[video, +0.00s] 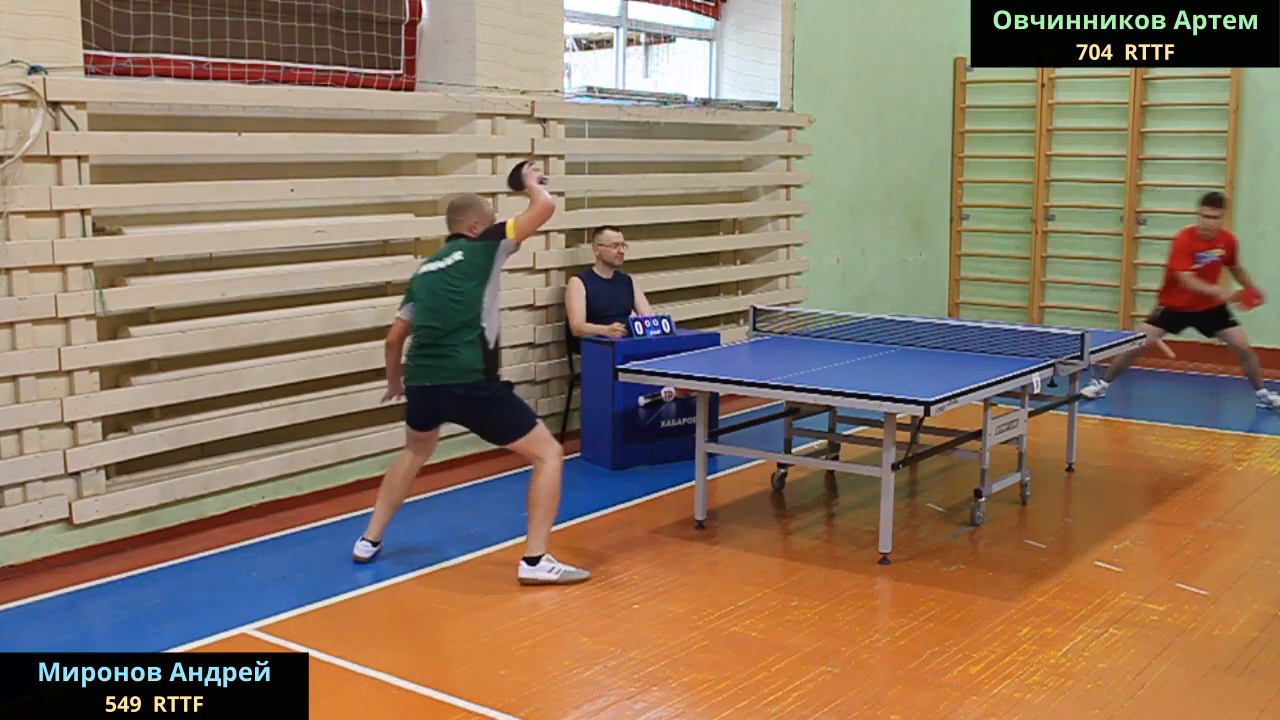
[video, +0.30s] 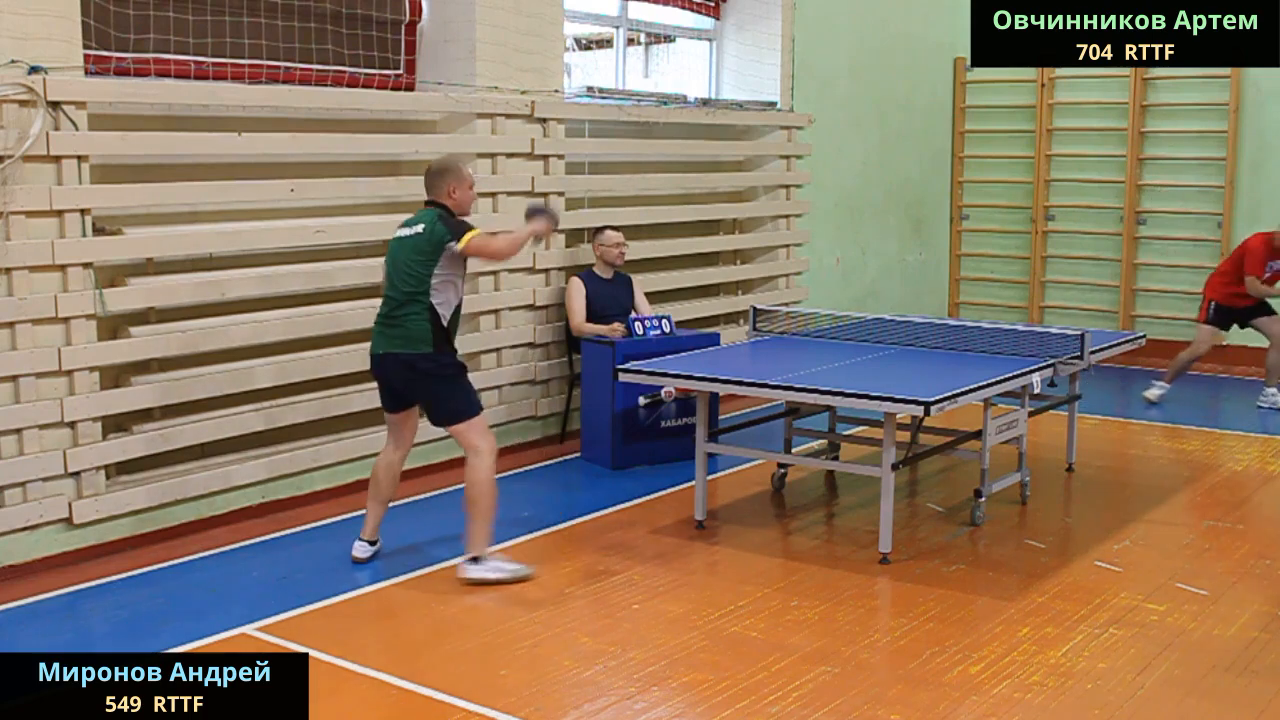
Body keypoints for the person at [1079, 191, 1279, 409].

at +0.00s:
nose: (1208, 222)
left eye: (1214, 217)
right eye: (1204, 216)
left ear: (1222, 218)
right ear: (1197, 215)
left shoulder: (1227, 241)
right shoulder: (1183, 240)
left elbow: (1234, 267)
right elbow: (1185, 279)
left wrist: (1251, 288)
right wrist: (1222, 293)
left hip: (1210, 307)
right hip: (1175, 307)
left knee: (1243, 346)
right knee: (1137, 343)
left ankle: (1262, 394)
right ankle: (1102, 384)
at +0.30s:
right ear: (1276, 236)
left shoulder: (1277, 253)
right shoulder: (1257, 245)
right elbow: (1252, 287)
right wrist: (1276, 292)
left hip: (1250, 299)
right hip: (1220, 295)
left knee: (1277, 337)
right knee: (1200, 347)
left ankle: (1270, 392)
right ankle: (1162, 385)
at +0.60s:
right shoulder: (1269, 215)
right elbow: (1235, 239)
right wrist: (1231, 280)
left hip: (1272, 290)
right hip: (1244, 287)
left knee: (1278, 339)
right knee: (1229, 337)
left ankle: (1273, 388)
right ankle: (1209, 387)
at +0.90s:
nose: (1277, 200)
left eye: (1279, 195)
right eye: (1274, 194)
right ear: (1266, 191)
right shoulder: (1244, 215)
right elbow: (1221, 242)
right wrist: (1224, 273)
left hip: (1273, 294)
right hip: (1242, 288)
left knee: (1276, 344)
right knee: (1225, 339)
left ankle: (1277, 390)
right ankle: (1218, 396)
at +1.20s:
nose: (1232, 187)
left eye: (1239, 182)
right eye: (1229, 181)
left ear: (1248, 183)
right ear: (1222, 180)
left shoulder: (1259, 214)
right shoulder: (1206, 209)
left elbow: (1263, 253)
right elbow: (1183, 242)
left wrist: (1235, 254)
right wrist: (1193, 258)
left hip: (1239, 292)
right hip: (1207, 290)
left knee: (1240, 347)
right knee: (1206, 344)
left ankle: (1254, 383)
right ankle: (1215, 400)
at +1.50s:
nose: (1199, 186)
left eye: (1206, 182)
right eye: (1196, 180)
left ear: (1217, 184)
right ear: (1191, 181)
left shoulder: (1229, 215)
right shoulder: (1175, 212)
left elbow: (1239, 255)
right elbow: (1153, 246)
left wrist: (1222, 254)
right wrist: (1165, 252)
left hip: (1208, 293)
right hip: (1180, 292)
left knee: (1193, 347)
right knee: (1197, 347)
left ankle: (1178, 406)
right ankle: (1215, 398)